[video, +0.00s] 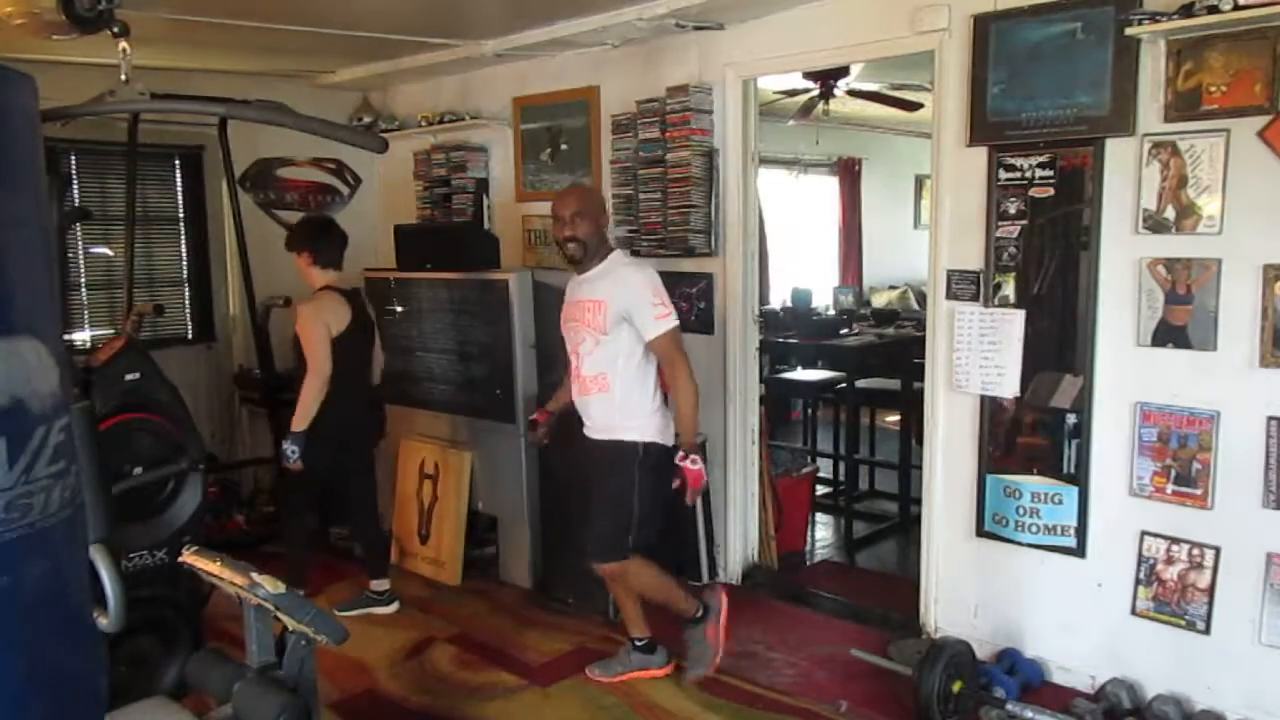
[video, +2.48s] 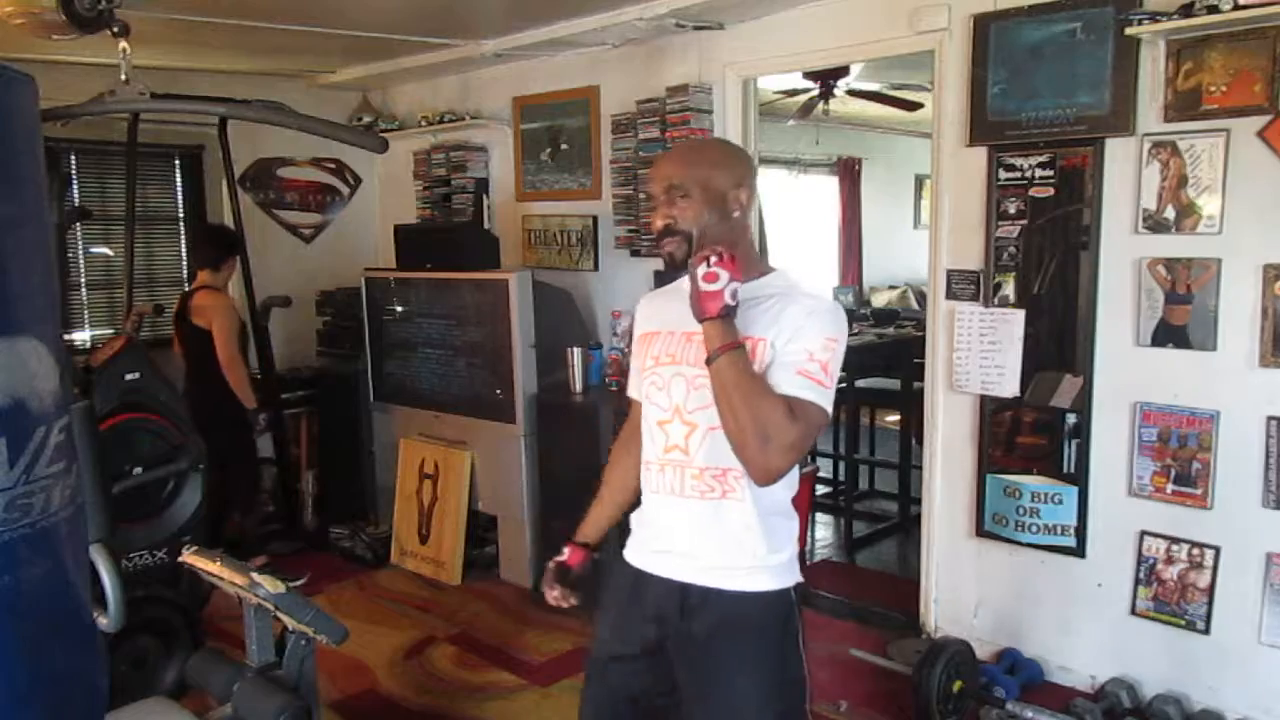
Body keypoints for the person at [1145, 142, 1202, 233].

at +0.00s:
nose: (1158, 158)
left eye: (1159, 154)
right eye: (1155, 156)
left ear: (1168, 149)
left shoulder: (1175, 161)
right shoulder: (1164, 164)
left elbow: (1170, 188)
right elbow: (1162, 188)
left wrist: (1160, 213)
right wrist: (1157, 212)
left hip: (1190, 211)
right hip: (1180, 212)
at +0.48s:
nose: (1158, 159)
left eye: (1159, 154)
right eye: (1155, 156)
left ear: (1168, 149)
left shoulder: (1175, 161)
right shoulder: (1164, 165)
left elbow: (1170, 188)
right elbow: (1161, 188)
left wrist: (1160, 214)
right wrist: (1157, 212)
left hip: (1190, 211)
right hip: (1180, 212)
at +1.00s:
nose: (1158, 159)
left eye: (1159, 154)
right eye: (1155, 156)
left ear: (1168, 150)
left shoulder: (1175, 162)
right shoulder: (1164, 166)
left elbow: (1170, 188)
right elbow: (1161, 188)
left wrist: (1160, 214)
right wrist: (1157, 212)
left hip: (1190, 211)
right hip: (1180, 212)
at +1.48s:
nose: (1158, 159)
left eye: (1159, 154)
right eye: (1155, 156)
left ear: (1169, 150)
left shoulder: (1175, 162)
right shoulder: (1164, 166)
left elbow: (1170, 188)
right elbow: (1161, 188)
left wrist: (1160, 214)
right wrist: (1157, 213)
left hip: (1190, 211)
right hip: (1180, 212)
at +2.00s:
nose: (1157, 159)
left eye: (1159, 154)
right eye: (1155, 156)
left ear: (1168, 150)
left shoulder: (1175, 161)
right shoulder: (1163, 166)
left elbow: (1170, 187)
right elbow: (1161, 189)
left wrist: (1160, 214)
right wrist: (1157, 213)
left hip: (1190, 210)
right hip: (1180, 211)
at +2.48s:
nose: (1157, 158)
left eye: (1159, 153)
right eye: (1155, 156)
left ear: (1169, 150)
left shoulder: (1175, 162)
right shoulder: (1164, 166)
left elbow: (1170, 188)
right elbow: (1161, 188)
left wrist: (1160, 213)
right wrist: (1157, 212)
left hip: (1190, 211)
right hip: (1180, 211)